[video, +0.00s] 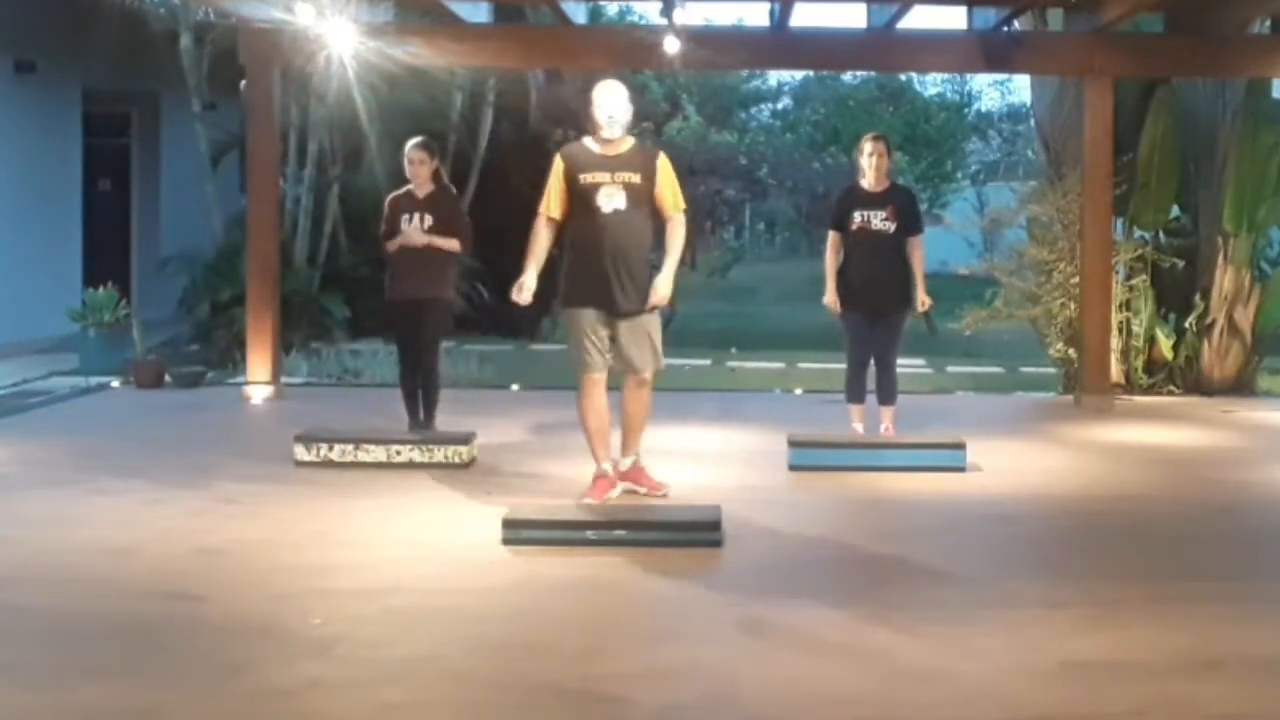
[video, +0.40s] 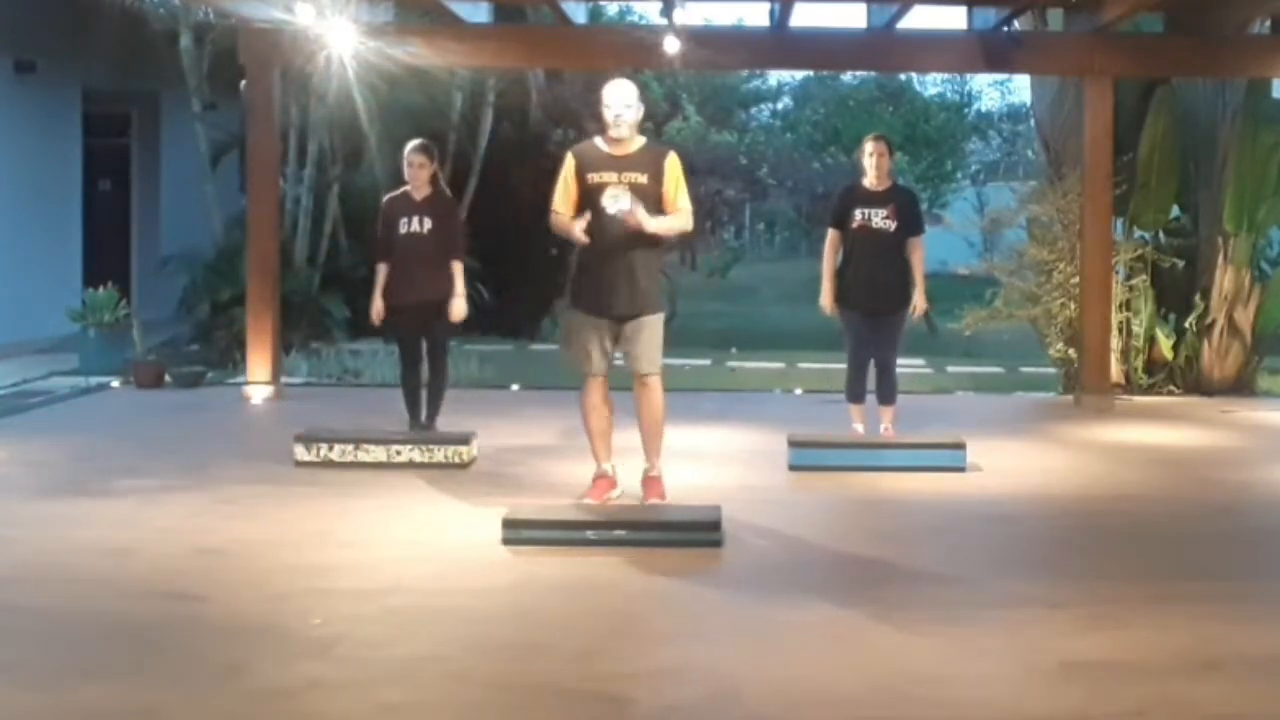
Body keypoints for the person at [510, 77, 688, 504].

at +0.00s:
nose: (608, 115)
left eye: (616, 107)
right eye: (601, 108)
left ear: (630, 111)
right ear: (590, 112)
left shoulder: (653, 161)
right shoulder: (568, 159)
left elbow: (675, 219)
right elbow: (547, 220)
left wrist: (667, 273)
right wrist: (530, 273)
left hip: (638, 290)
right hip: (584, 291)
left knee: (641, 375)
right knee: (593, 376)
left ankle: (631, 464)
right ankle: (604, 470)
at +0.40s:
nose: (618, 116)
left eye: (626, 108)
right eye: (611, 108)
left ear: (640, 111)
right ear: (600, 111)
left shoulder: (664, 160)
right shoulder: (579, 158)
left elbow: (684, 220)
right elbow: (558, 216)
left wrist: (649, 223)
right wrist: (575, 227)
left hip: (644, 291)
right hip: (590, 291)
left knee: (648, 378)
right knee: (594, 379)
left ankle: (653, 470)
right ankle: (604, 472)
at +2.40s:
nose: (618, 111)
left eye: (626, 104)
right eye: (612, 104)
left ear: (643, 109)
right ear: (603, 110)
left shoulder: (671, 156)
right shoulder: (583, 158)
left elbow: (717, 198)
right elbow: (559, 216)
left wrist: (684, 248)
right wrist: (590, 210)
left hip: (654, 292)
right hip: (601, 292)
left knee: (656, 375)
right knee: (604, 380)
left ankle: (659, 469)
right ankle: (614, 474)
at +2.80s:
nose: (630, 111)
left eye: (638, 104)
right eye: (624, 104)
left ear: (656, 110)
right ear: (615, 110)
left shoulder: (678, 158)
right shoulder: (597, 156)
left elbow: (718, 215)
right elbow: (578, 211)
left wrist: (699, 186)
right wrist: (573, 252)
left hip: (657, 292)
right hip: (603, 289)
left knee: (658, 381)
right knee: (592, 372)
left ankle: (656, 474)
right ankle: (603, 463)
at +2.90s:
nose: (628, 111)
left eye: (636, 104)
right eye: (622, 104)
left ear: (654, 109)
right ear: (613, 110)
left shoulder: (678, 155)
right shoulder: (595, 157)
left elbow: (719, 207)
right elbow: (577, 212)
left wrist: (728, 176)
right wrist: (571, 253)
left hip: (658, 288)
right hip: (603, 286)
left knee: (658, 381)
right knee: (592, 373)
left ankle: (656, 475)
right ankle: (602, 462)